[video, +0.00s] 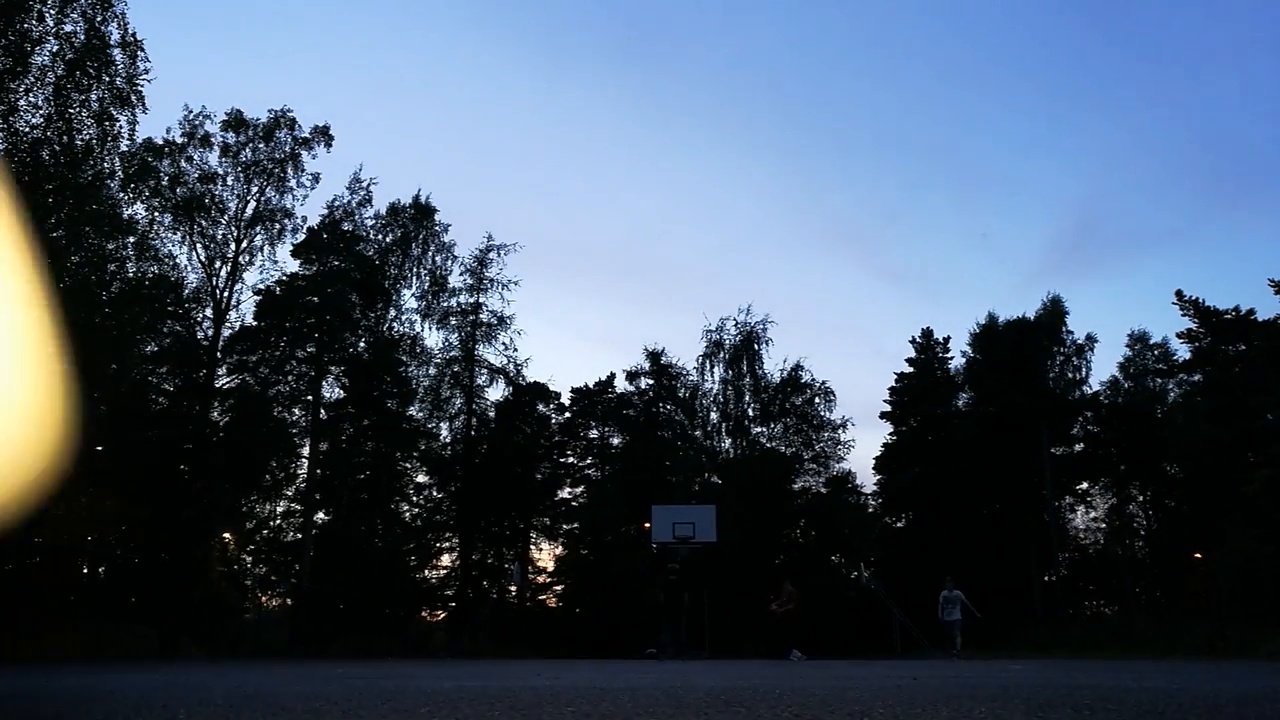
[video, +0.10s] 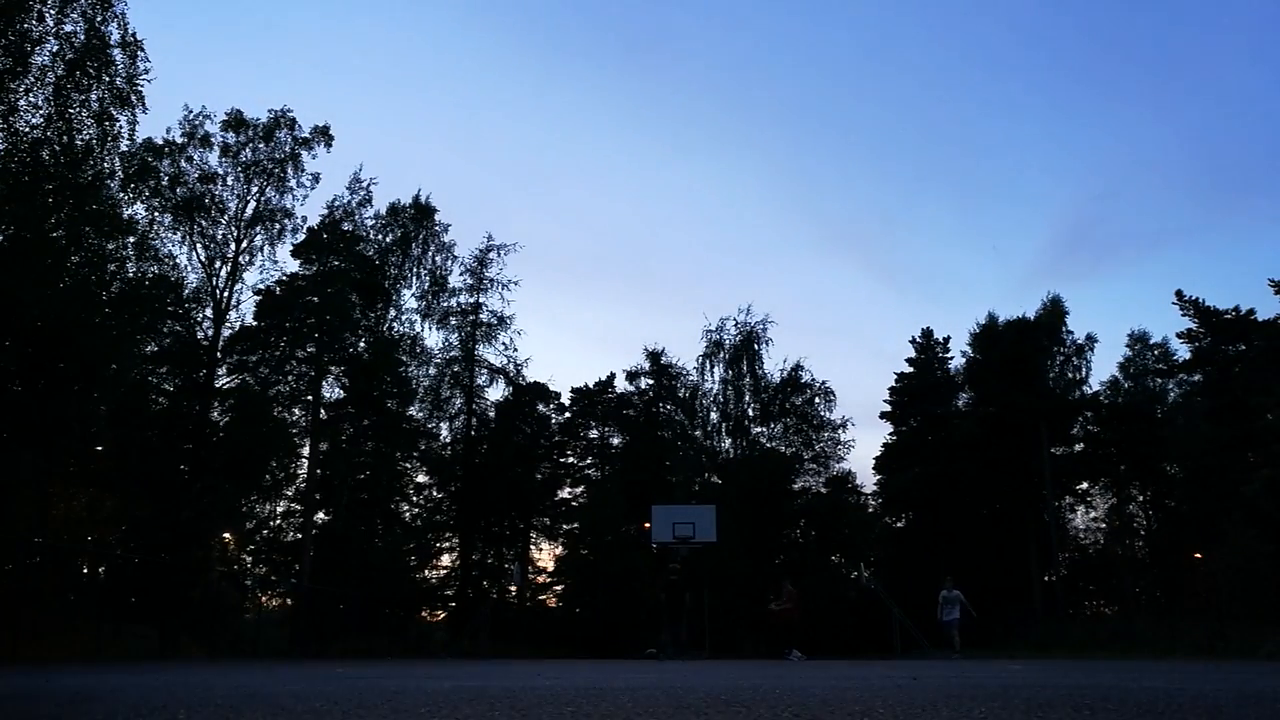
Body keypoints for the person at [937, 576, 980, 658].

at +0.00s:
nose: (949, 586)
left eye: (950, 584)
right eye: (948, 584)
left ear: (953, 585)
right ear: (946, 585)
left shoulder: (958, 593)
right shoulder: (943, 594)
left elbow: (966, 603)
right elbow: (940, 605)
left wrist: (975, 612)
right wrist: (940, 614)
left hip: (956, 617)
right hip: (946, 618)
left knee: (957, 634)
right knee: (948, 634)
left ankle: (957, 650)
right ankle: (949, 650)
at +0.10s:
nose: (949, 586)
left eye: (950, 584)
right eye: (947, 584)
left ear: (952, 585)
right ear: (946, 585)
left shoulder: (957, 593)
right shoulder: (943, 593)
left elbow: (964, 602)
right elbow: (940, 605)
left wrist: (971, 611)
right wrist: (939, 614)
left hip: (955, 617)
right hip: (945, 617)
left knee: (955, 633)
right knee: (948, 634)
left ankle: (957, 651)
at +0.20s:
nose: (947, 584)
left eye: (948, 583)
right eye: (946, 583)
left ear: (950, 583)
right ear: (944, 583)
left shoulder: (956, 592)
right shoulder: (941, 592)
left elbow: (961, 602)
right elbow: (939, 604)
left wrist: (963, 610)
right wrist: (938, 614)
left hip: (954, 617)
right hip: (944, 617)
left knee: (954, 633)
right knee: (946, 634)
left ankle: (956, 651)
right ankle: (948, 651)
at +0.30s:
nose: (945, 583)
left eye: (946, 581)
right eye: (944, 581)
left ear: (949, 582)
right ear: (942, 582)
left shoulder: (954, 591)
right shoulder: (940, 591)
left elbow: (957, 603)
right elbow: (938, 603)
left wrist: (958, 615)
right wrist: (937, 613)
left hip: (953, 616)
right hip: (943, 616)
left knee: (954, 633)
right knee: (943, 633)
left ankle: (956, 651)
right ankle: (944, 651)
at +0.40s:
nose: (943, 583)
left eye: (944, 581)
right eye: (942, 581)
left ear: (947, 582)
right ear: (940, 582)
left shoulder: (952, 591)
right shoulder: (938, 591)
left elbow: (955, 603)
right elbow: (937, 603)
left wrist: (955, 612)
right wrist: (936, 613)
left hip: (951, 616)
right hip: (941, 616)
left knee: (953, 633)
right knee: (941, 632)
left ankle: (955, 650)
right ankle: (941, 650)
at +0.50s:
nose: (941, 584)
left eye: (942, 582)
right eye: (939, 582)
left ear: (944, 583)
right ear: (938, 583)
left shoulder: (949, 592)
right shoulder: (935, 592)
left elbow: (950, 603)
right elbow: (935, 603)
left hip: (949, 616)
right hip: (939, 617)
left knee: (953, 633)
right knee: (939, 634)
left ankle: (956, 650)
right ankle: (937, 650)